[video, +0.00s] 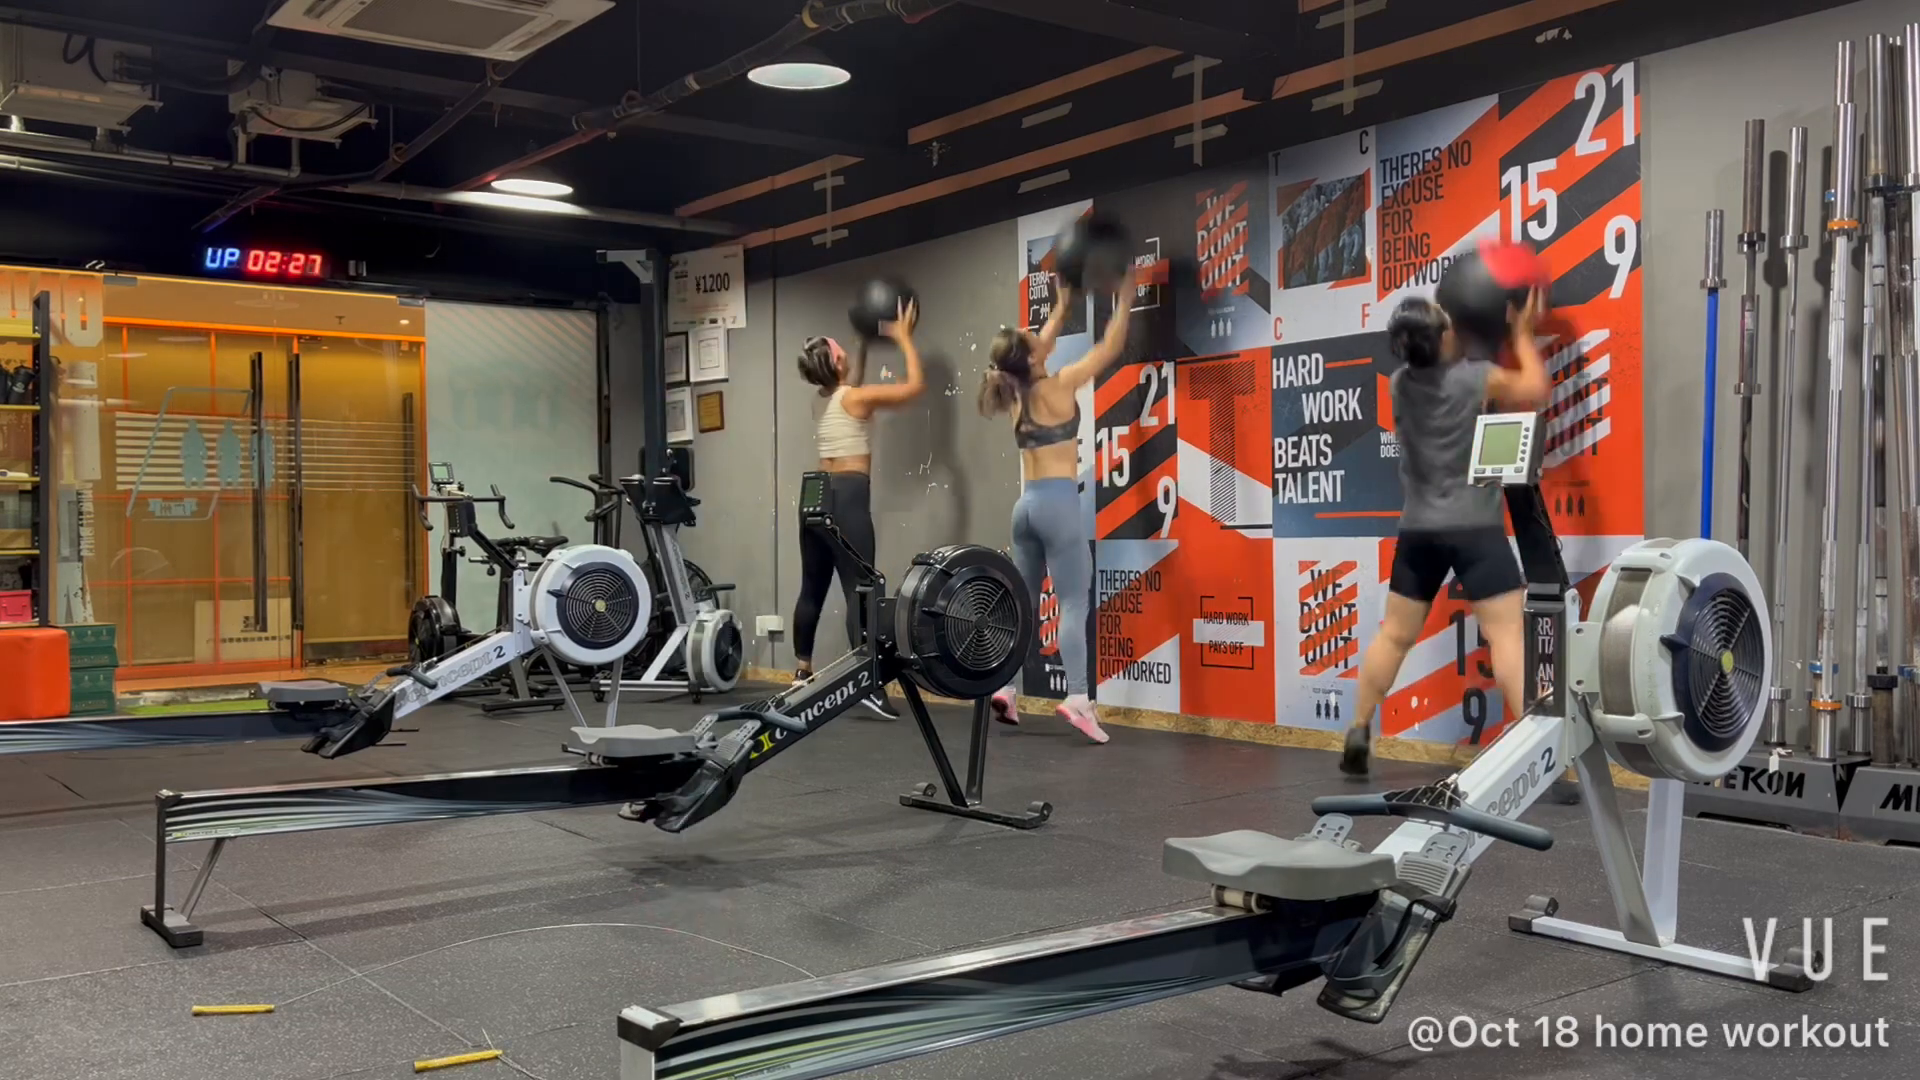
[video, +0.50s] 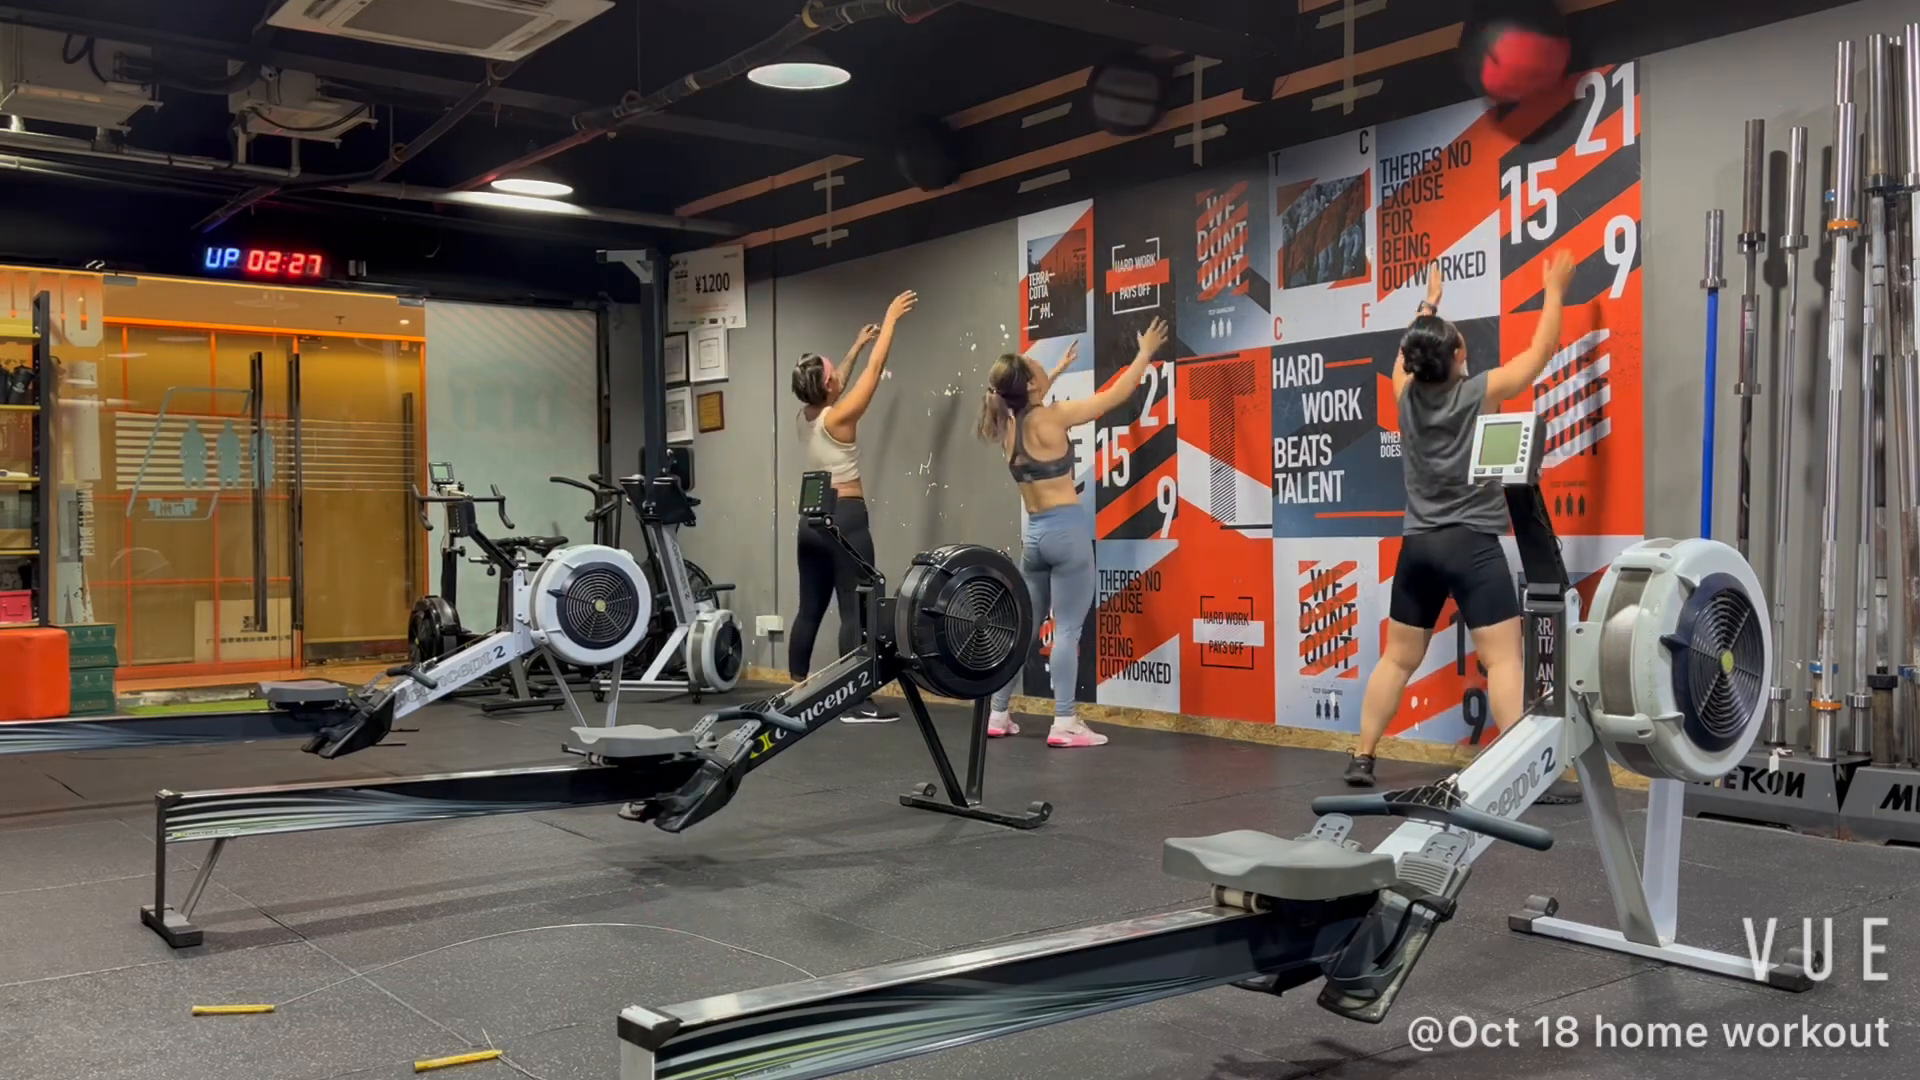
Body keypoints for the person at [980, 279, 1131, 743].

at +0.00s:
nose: (1040, 344)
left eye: (1036, 342)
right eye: (1034, 344)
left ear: (1010, 368)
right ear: (1031, 360)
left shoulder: (1014, 393)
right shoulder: (1060, 384)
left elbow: (1039, 344)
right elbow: (1109, 349)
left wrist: (1062, 300)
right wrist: (1125, 300)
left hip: (1027, 500)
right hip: (1059, 500)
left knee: (1022, 601)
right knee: (1073, 602)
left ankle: (1003, 687)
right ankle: (1077, 698)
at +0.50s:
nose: (1043, 378)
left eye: (1040, 374)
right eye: (1038, 374)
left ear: (1014, 393)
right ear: (1031, 387)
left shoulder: (1012, 425)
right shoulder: (1055, 415)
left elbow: (1036, 400)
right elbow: (1117, 394)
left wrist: (1059, 369)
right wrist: (1145, 352)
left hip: (1034, 529)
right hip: (1067, 527)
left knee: (1022, 624)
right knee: (1067, 629)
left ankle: (997, 713)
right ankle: (1065, 722)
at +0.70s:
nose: (1049, 374)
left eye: (1045, 370)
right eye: (1044, 371)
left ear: (1018, 386)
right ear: (1035, 381)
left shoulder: (1016, 419)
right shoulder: (1057, 412)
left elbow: (1054, 414)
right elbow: (1123, 400)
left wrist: (1077, 384)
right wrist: (1151, 357)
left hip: (1025, 527)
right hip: (1058, 527)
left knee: (1016, 623)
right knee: (1067, 628)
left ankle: (997, 713)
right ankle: (1065, 722)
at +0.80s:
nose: (1051, 374)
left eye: (1047, 370)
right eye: (1047, 372)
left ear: (1019, 389)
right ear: (1040, 384)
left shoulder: (1020, 421)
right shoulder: (1058, 417)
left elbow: (1060, 417)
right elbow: (1128, 407)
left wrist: (1085, 385)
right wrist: (1147, 361)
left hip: (1017, 530)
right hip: (1046, 531)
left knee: (1013, 621)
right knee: (1077, 626)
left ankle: (997, 713)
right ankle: (1066, 722)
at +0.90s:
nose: (1054, 385)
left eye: (1049, 381)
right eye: (1048, 384)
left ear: (1024, 404)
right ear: (1041, 400)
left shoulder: (1021, 435)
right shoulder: (1061, 432)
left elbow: (1071, 445)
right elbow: (1127, 444)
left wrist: (1089, 418)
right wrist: (1131, 401)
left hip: (1010, 545)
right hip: (1038, 549)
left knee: (1015, 629)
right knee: (1091, 634)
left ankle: (997, 714)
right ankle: (1067, 722)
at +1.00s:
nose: (1057, 417)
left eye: (1052, 412)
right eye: (1051, 416)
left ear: (1026, 436)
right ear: (1046, 435)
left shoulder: (1017, 465)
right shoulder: (1064, 469)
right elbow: (1118, 507)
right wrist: (1129, 469)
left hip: (1006, 571)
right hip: (1035, 577)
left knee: (1020, 638)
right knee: (1105, 641)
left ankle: (997, 714)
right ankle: (1068, 724)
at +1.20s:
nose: (1055, 481)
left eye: (1050, 480)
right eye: (1050, 484)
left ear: (1021, 505)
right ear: (1046, 503)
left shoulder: (1011, 534)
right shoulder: (1067, 539)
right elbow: (1117, 583)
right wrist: (1124, 547)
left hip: (998, 642)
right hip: (1035, 650)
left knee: (1028, 636)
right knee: (1117, 653)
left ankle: (998, 715)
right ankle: (1069, 724)